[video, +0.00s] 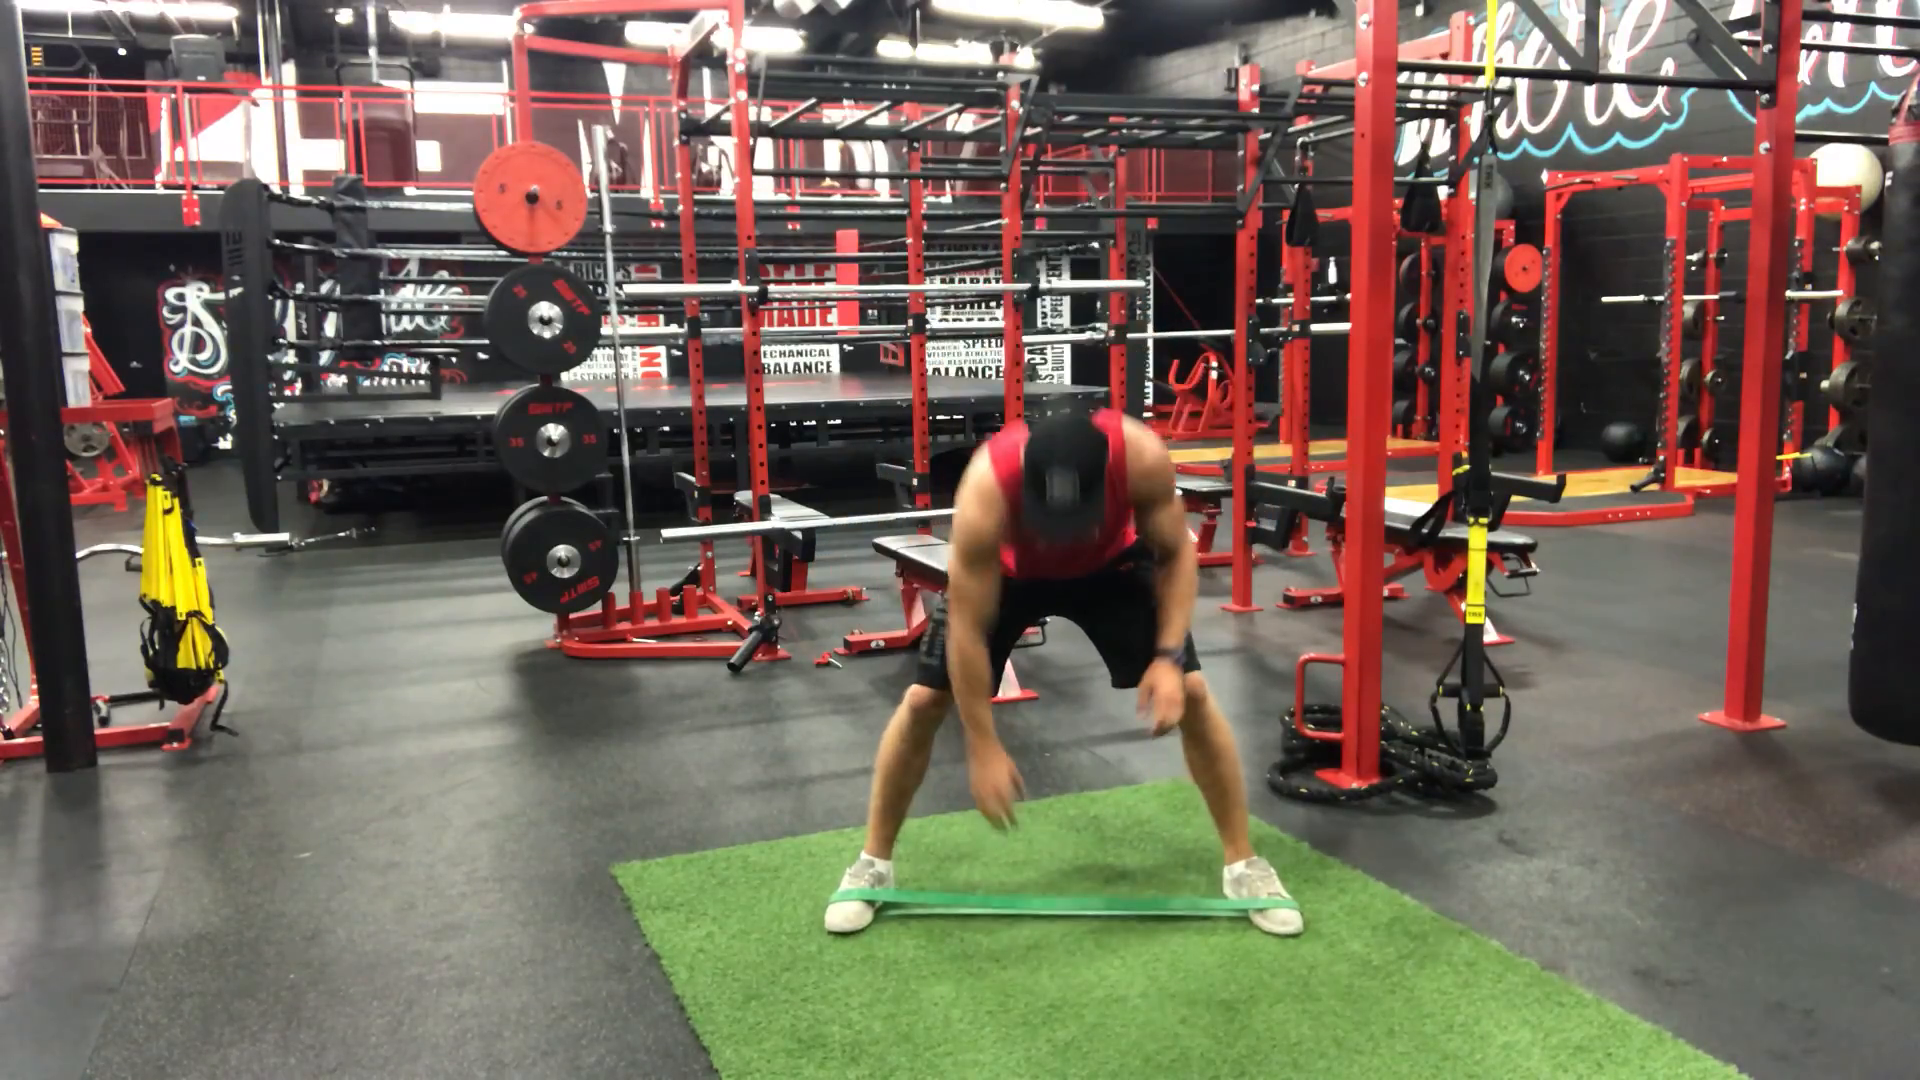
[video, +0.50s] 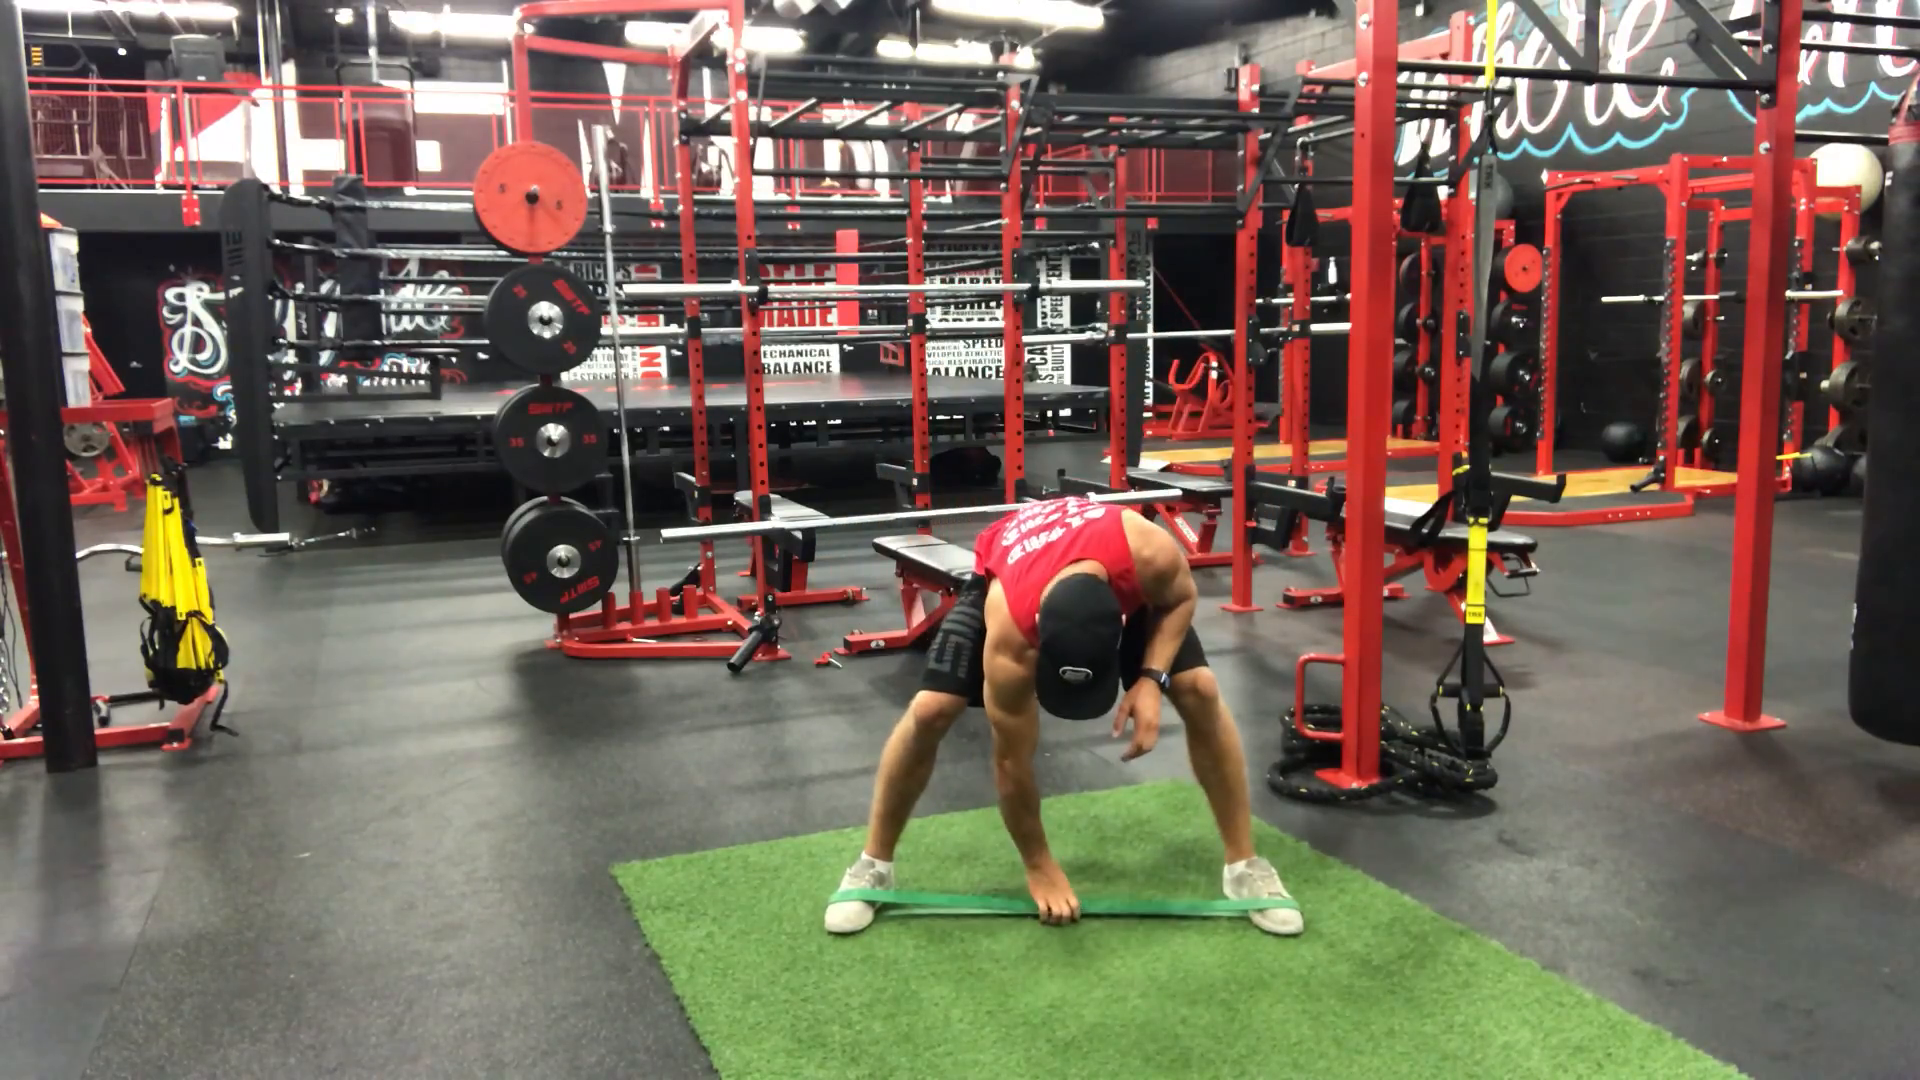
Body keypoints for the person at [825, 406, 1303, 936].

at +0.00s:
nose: (1065, 532)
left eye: (1080, 523)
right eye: (1050, 524)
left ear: (1107, 478)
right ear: (1026, 481)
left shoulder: (1143, 458)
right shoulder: (985, 489)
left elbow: (1177, 553)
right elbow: (967, 627)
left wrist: (1168, 657)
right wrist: (984, 748)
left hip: (1112, 566)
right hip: (1005, 572)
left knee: (1192, 694)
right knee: (922, 701)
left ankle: (1243, 863)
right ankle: (872, 860)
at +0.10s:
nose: (1061, 603)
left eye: (1076, 590)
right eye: (1047, 591)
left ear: (1109, 544)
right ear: (1025, 552)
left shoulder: (1145, 501)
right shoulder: (989, 559)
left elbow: (1166, 576)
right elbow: (989, 694)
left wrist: (1150, 671)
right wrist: (1012, 809)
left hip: (1116, 574)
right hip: (1003, 577)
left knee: (1195, 692)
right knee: (922, 703)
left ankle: (1243, 862)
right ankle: (872, 861)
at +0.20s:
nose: (1067, 658)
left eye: (1085, 636)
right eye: (1053, 643)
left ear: (1113, 588)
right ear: (1031, 603)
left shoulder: (1145, 530)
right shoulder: (997, 600)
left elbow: (1165, 588)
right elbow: (1005, 737)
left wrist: (1142, 678)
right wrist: (1031, 849)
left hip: (1123, 575)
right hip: (1005, 562)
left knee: (1195, 691)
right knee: (924, 706)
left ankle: (1244, 863)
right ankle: (872, 864)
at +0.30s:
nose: (1066, 688)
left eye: (1082, 679)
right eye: (1057, 681)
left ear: (1115, 618)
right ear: (1038, 627)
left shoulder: (1149, 549)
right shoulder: (1000, 627)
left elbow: (1172, 596)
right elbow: (1011, 758)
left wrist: (1144, 680)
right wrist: (1041, 865)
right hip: (1001, 553)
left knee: (1196, 690)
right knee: (926, 707)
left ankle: (1245, 864)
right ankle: (873, 862)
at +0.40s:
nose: (1062, 703)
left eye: (1084, 694)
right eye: (1055, 692)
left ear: (1118, 626)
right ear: (1043, 641)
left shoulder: (1154, 556)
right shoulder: (1003, 639)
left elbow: (1179, 600)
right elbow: (1010, 765)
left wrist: (1150, 679)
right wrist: (1040, 869)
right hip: (1003, 551)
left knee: (1199, 691)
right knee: (928, 708)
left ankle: (1245, 865)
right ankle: (872, 862)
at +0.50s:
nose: (1066, 699)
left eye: (1087, 690)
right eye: (1059, 689)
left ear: (1118, 625)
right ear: (1046, 640)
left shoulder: (1155, 557)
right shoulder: (1007, 641)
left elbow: (1181, 602)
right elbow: (1012, 767)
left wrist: (1150, 678)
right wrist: (1041, 869)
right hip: (1005, 554)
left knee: (1200, 692)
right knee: (930, 710)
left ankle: (1245, 865)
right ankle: (872, 863)